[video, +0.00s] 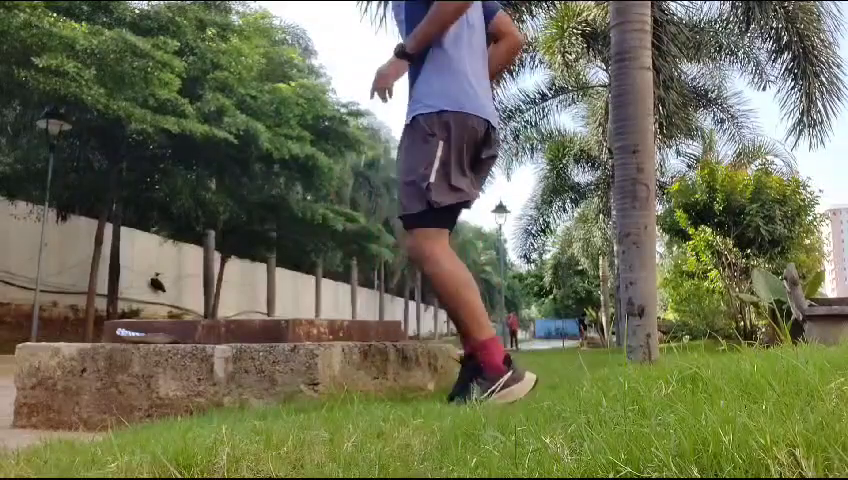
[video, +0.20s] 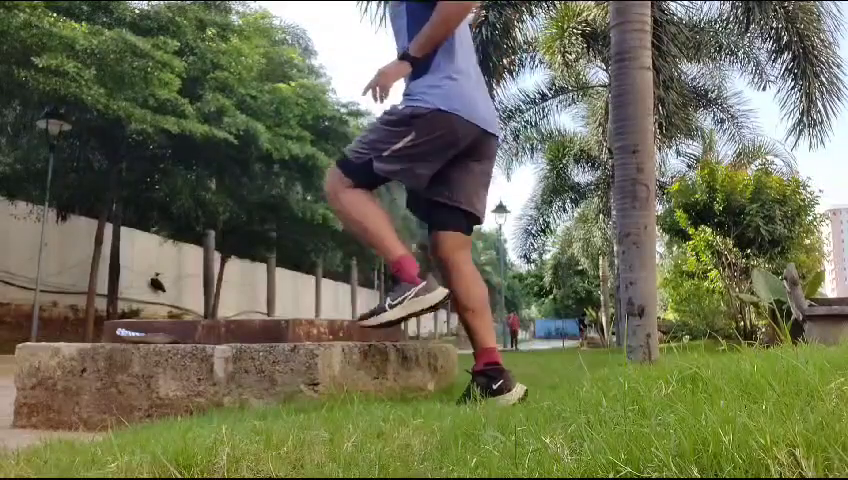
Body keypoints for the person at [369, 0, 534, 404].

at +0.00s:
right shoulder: (476, 5)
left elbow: (457, 3)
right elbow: (511, 38)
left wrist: (403, 55)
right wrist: (469, 89)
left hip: (442, 107)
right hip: (475, 113)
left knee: (426, 242)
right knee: (431, 243)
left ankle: (496, 368)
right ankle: (478, 364)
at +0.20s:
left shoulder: (416, 5)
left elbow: (465, 3)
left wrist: (407, 59)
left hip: (440, 103)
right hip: (483, 119)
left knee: (342, 184)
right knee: (452, 248)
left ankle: (409, 277)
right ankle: (490, 371)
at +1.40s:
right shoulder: (453, 8)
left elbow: (405, 1)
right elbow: (469, 29)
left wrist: (375, 26)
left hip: (419, 70)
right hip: (465, 83)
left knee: (359, 185)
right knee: (416, 204)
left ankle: (389, 305)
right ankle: (479, 309)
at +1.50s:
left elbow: (375, 5)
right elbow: (473, 10)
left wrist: (361, 10)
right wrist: (450, 42)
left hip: (419, 49)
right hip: (467, 57)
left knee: (387, 173)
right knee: (413, 182)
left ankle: (391, 306)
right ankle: (440, 301)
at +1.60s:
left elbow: (370, 3)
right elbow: (480, 6)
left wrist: (358, 7)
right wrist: (447, 40)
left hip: (423, 50)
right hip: (465, 61)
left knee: (390, 174)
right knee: (416, 184)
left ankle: (426, 303)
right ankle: (426, 302)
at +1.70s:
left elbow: (373, 4)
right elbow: (490, 2)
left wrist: (364, 5)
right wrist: (456, 37)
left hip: (431, 52)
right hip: (465, 59)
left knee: (401, 180)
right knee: (412, 184)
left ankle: (460, 302)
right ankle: (418, 307)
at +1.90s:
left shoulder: (410, 6)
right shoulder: (475, 5)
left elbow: (425, 7)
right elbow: (513, 34)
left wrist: (391, 51)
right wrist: (471, 80)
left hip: (447, 116)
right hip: (484, 119)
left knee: (453, 252)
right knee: (386, 208)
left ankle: (500, 379)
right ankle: (466, 286)